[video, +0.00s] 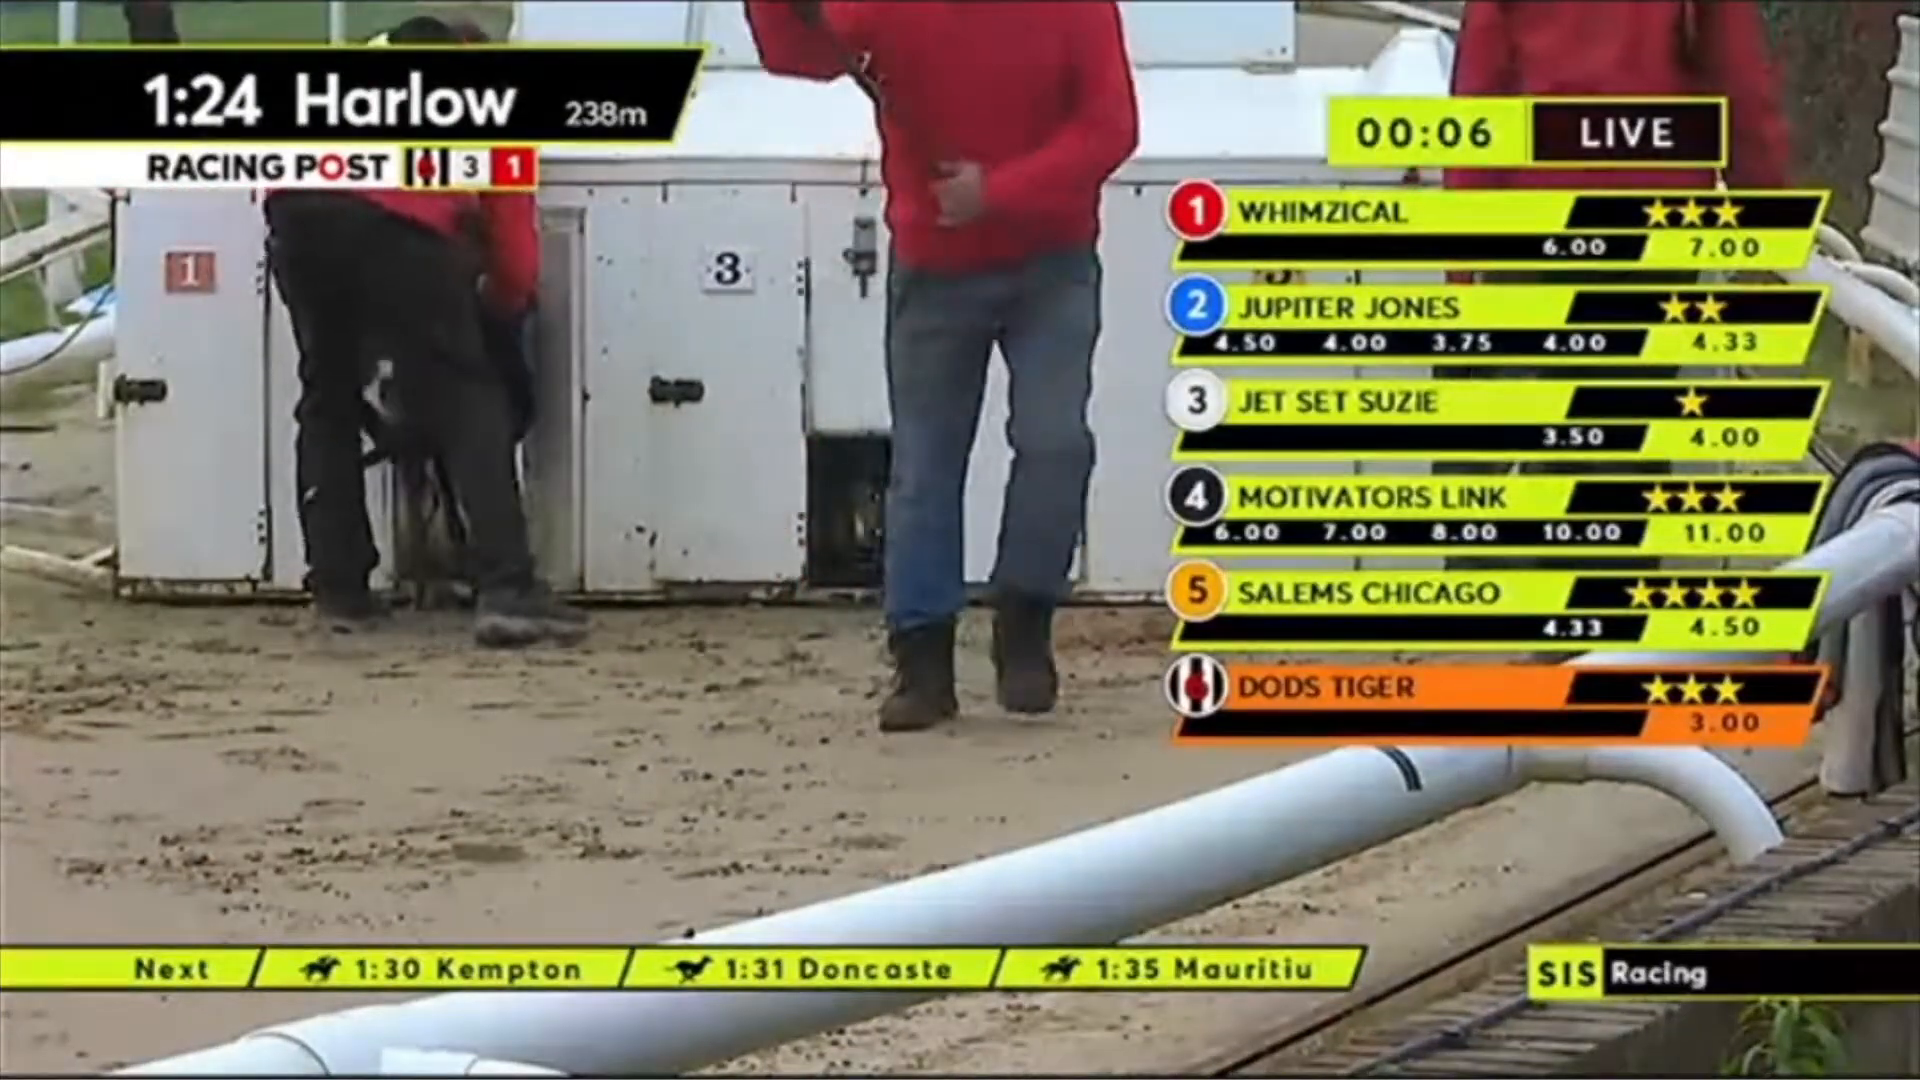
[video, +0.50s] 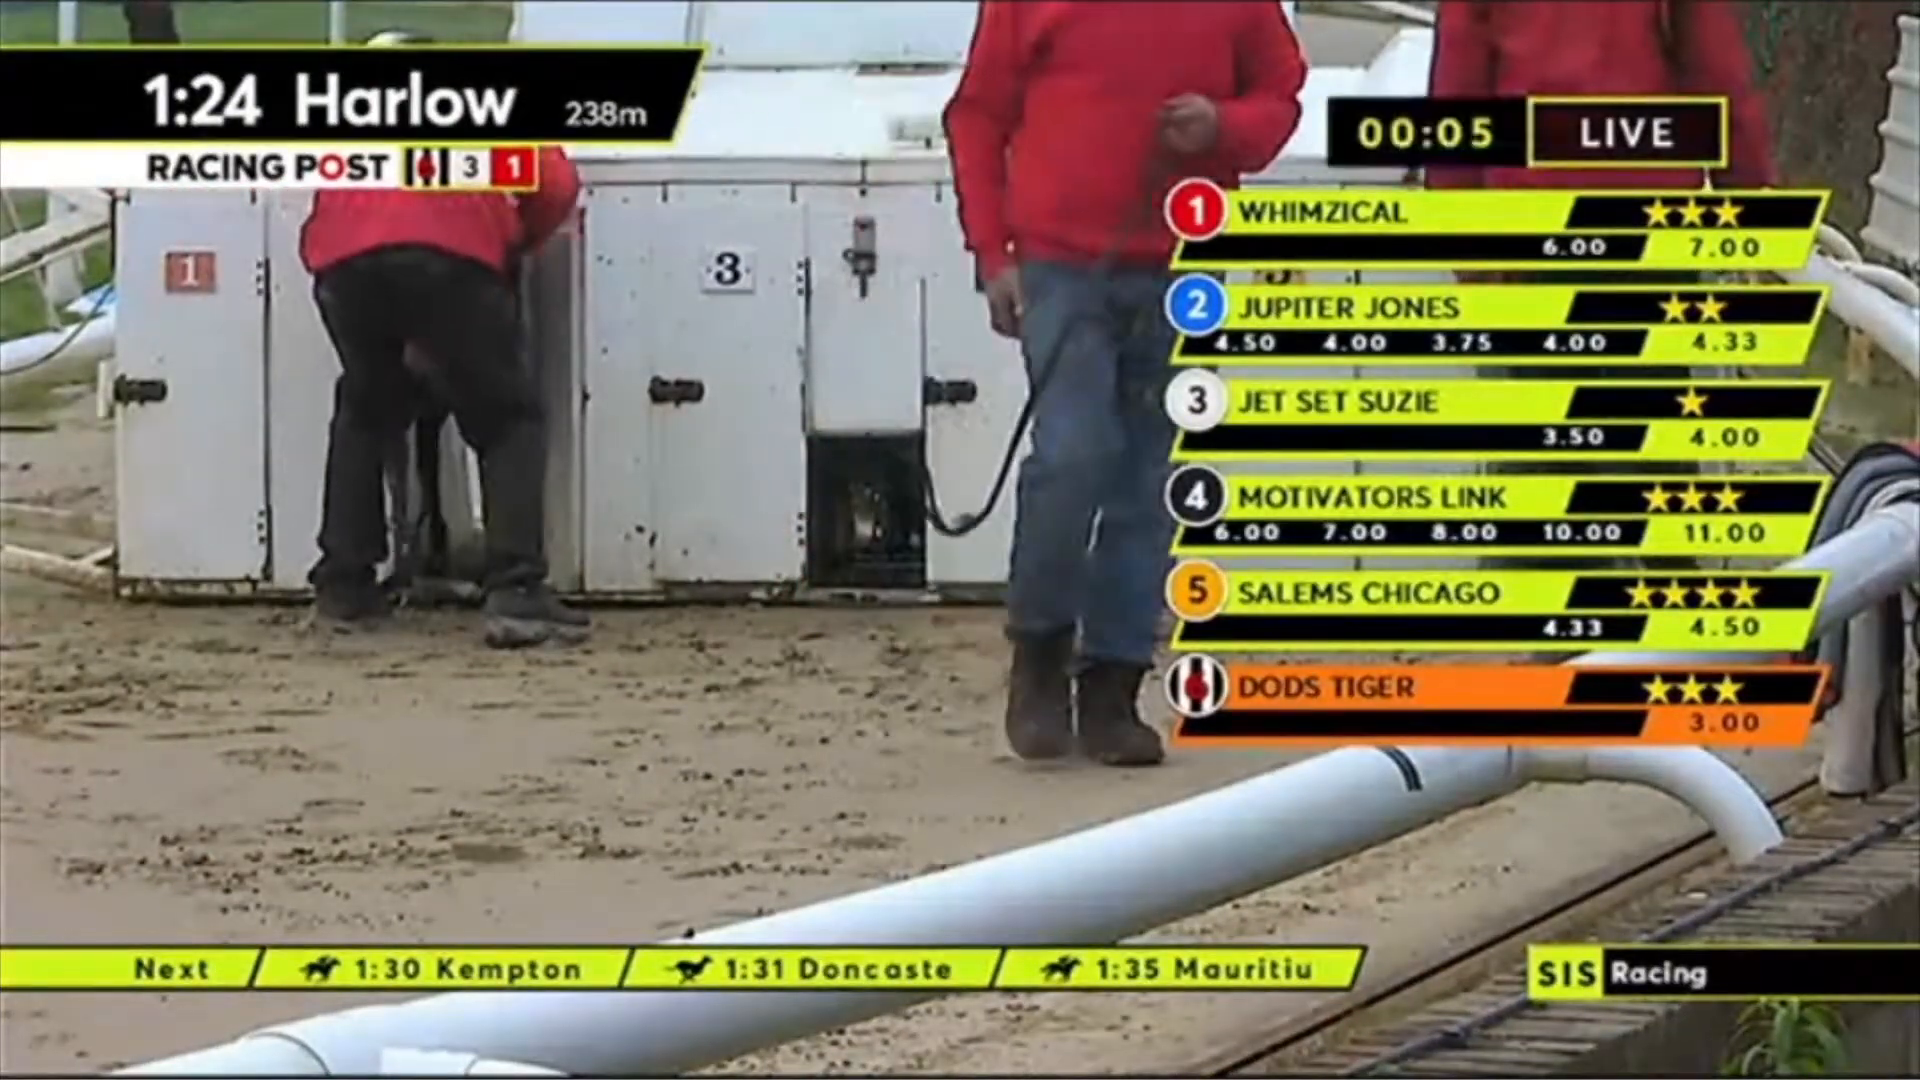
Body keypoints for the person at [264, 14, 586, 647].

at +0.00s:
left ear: (395, 44)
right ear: (471, 48)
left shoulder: (343, 78)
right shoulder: (495, 105)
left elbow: (279, 170)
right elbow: (518, 260)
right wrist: (499, 318)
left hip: (302, 215)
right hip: (407, 229)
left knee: (327, 399)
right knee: (464, 390)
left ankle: (338, 590)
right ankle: (507, 589)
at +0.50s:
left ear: (392, 78)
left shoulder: (356, 126)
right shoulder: (502, 118)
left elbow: (316, 235)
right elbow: (560, 187)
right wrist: (505, 246)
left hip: (345, 264)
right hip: (454, 260)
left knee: (365, 395)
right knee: (505, 419)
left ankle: (343, 584)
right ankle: (515, 590)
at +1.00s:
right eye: (512, 24)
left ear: (423, 24)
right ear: (500, 26)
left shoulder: (367, 65)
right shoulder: (523, 73)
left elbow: (329, 194)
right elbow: (556, 213)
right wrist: (485, 290)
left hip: (345, 232)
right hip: (449, 238)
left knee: (369, 363)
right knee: (494, 404)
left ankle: (333, 570)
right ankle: (504, 591)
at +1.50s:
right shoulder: (513, 137)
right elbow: (521, 263)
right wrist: (474, 316)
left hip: (308, 258)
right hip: (409, 270)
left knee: (310, 395)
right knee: (487, 429)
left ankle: (266, 573)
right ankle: (483, 591)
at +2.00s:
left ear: (388, 73)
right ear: (471, 83)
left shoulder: (344, 123)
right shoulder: (484, 133)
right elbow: (525, 266)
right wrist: (504, 323)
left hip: (289, 271)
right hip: (391, 273)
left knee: (315, 392)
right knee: (472, 422)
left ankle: (262, 574)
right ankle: (484, 591)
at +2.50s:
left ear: (376, 72)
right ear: (463, 86)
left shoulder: (336, 115)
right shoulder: (475, 129)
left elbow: (275, 215)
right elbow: (482, 253)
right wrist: (447, 333)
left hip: (290, 259)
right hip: (388, 264)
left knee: (312, 397)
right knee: (462, 422)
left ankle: (263, 574)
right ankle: (484, 590)